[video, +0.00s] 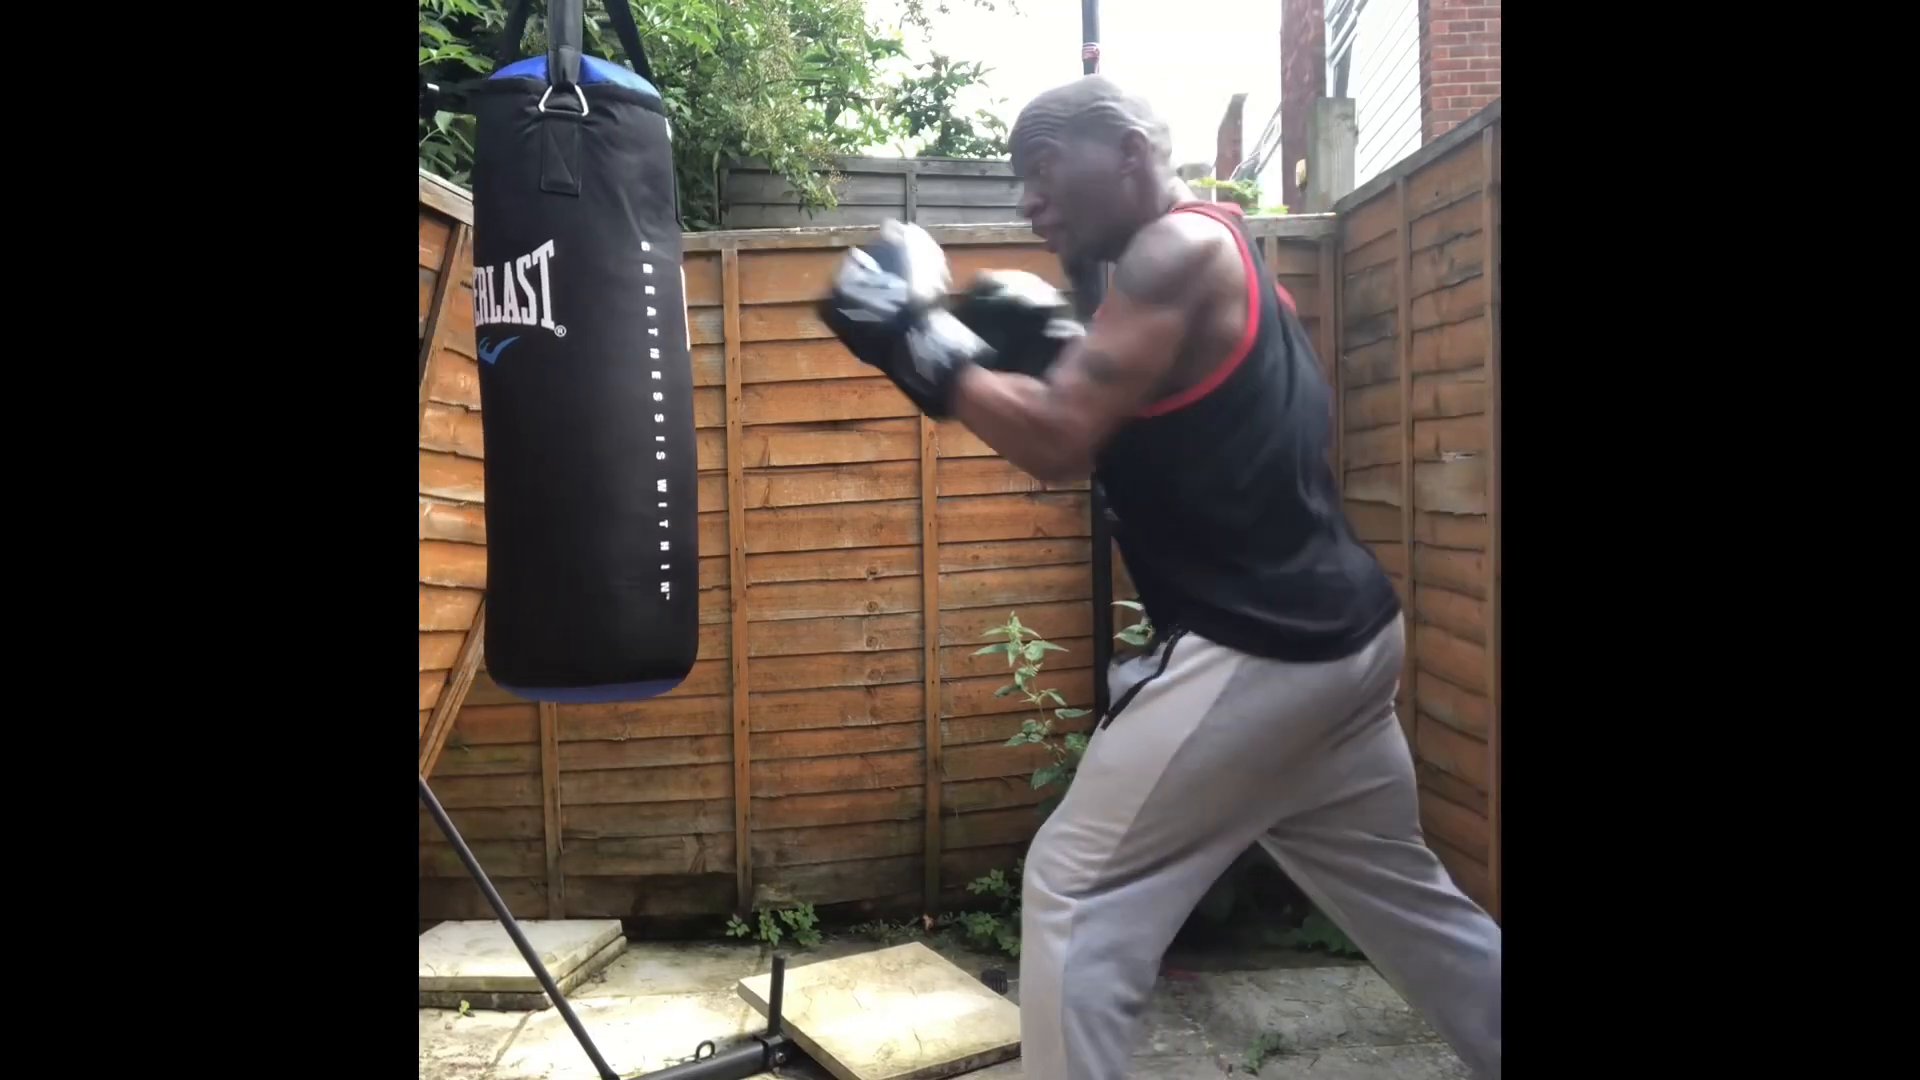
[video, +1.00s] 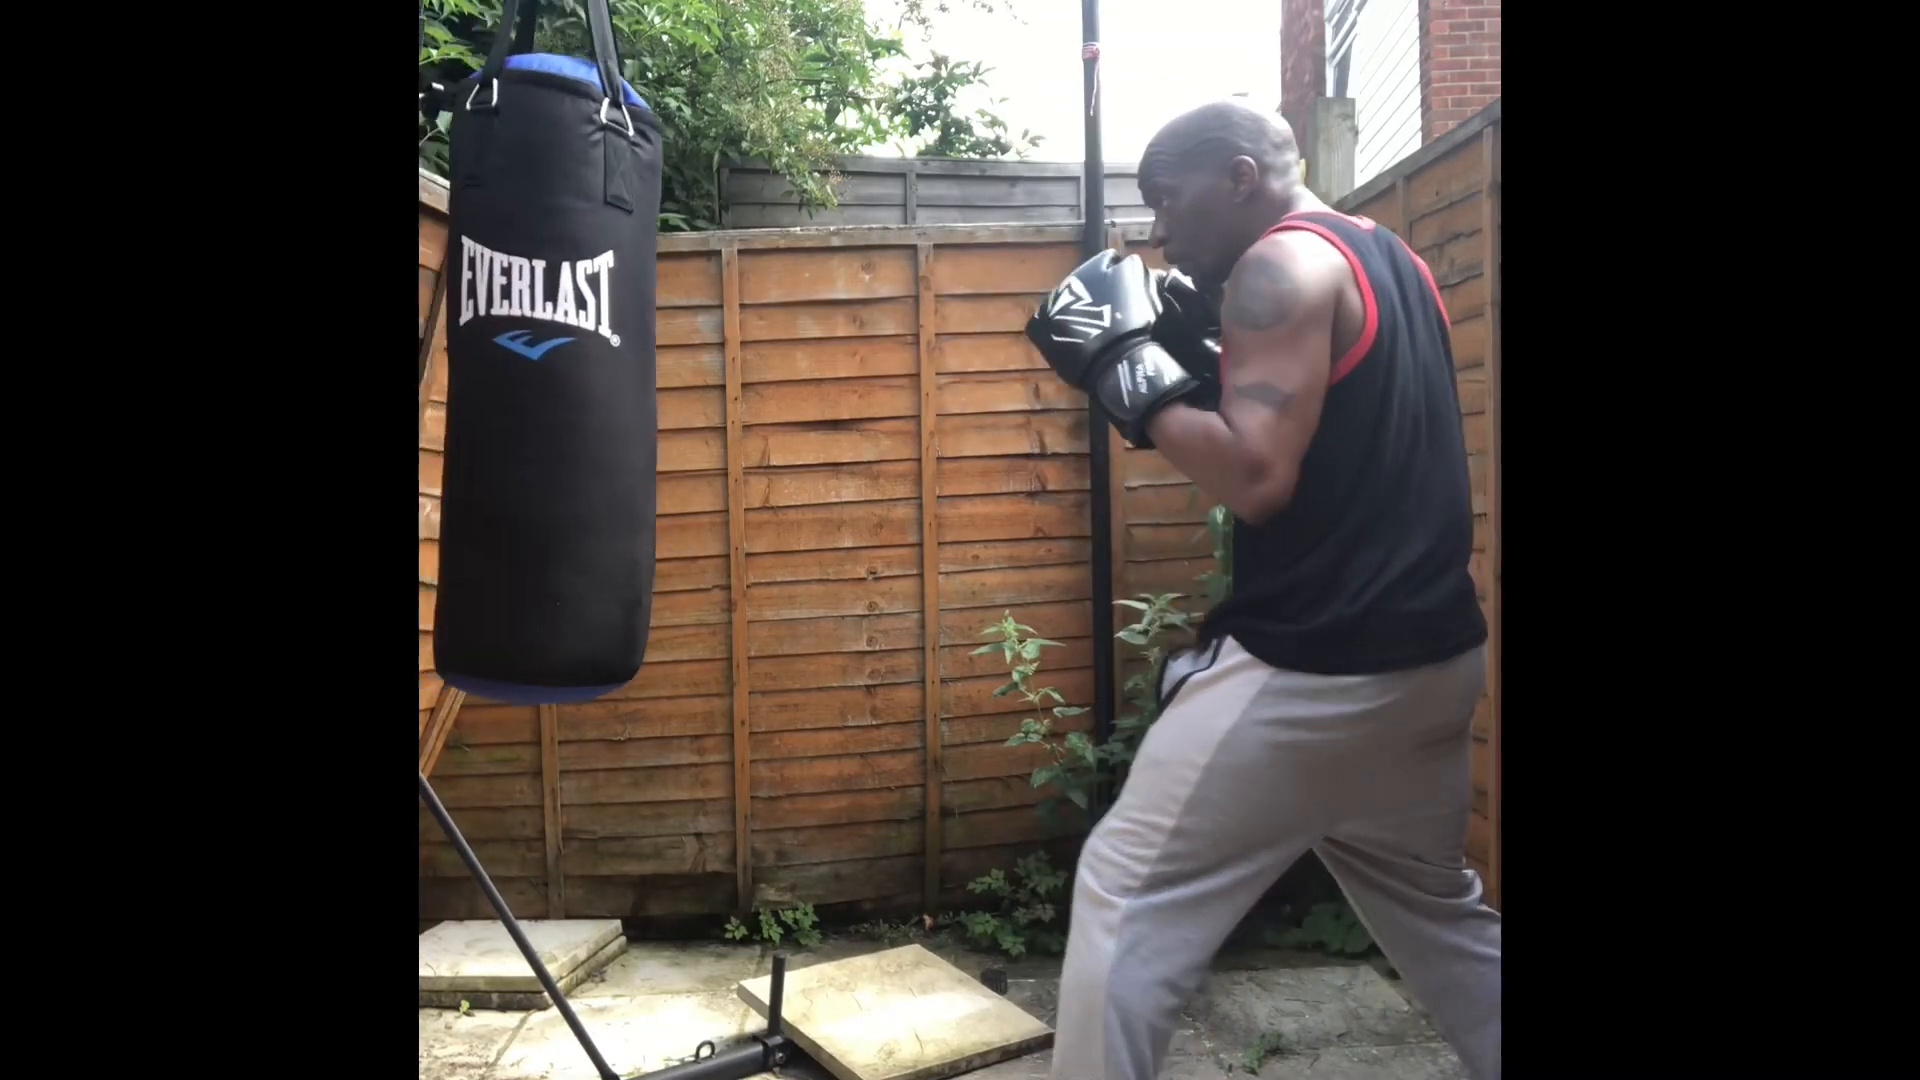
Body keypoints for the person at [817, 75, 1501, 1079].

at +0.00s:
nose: (1029, 203)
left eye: (1047, 173)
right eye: (1022, 181)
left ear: (1134, 157)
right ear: (1140, 165)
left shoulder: (1172, 253)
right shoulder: (1211, 235)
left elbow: (1057, 441)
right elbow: (1198, 403)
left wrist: (910, 341)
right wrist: (1060, 336)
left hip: (1259, 644)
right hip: (1333, 626)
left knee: (1076, 884)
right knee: (1404, 901)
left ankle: (1065, 1069)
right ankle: (1497, 1051)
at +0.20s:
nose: (998, 251)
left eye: (1003, 217)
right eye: (991, 227)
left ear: (1079, 188)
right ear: (1086, 195)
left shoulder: (1180, 276)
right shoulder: (1123, 295)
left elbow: (1136, 499)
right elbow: (1036, 422)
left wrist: (986, 396)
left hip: (1250, 657)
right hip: (1283, 648)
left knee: (1053, 892)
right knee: (1326, 899)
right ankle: (1498, 1047)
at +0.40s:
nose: (1062, 240)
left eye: (1070, 209)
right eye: (1055, 215)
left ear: (1146, 185)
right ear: (1163, 188)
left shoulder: (1200, 270)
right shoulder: (1284, 253)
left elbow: (1155, 494)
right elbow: (1245, 448)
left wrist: (1023, 370)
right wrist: (1109, 360)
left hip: (1257, 660)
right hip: (1352, 637)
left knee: (1077, 895)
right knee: (1353, 892)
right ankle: (1490, 1056)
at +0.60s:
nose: (1149, 241)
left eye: (1157, 211)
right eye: (1143, 217)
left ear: (1236, 186)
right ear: (1251, 185)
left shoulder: (1276, 270)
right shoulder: (1371, 251)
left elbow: (1244, 489)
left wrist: (1119, 373)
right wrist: (1176, 347)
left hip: (1317, 664)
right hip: (1425, 642)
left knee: (1135, 895)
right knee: (1421, 898)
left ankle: (1097, 1071)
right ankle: (1494, 1057)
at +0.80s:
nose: (1182, 241)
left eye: (1188, 208)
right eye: (1175, 214)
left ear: (1265, 179)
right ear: (1281, 181)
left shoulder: (1304, 266)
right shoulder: (1404, 248)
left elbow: (1274, 482)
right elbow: (1359, 440)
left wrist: (1147, 370)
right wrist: (1210, 357)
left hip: (1342, 663)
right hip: (1445, 641)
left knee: (1171, 909)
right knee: (1430, 904)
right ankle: (1496, 1059)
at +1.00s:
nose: (1160, 235)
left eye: (1167, 203)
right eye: (1153, 209)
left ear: (1245, 180)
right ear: (1261, 181)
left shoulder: (1282, 268)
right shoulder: (1388, 252)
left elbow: (1252, 476)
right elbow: (1353, 432)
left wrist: (1123, 370)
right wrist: (1201, 356)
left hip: (1309, 661)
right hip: (1432, 647)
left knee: (1126, 888)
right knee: (1433, 903)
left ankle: (1093, 1069)